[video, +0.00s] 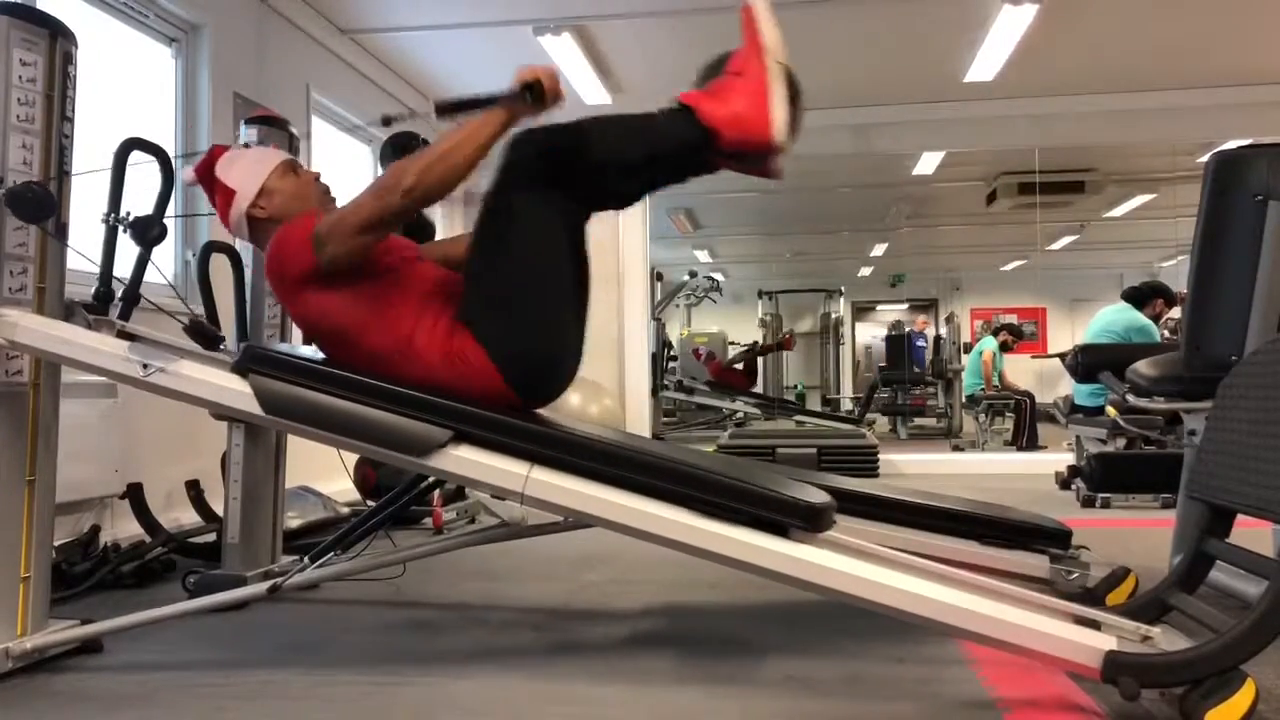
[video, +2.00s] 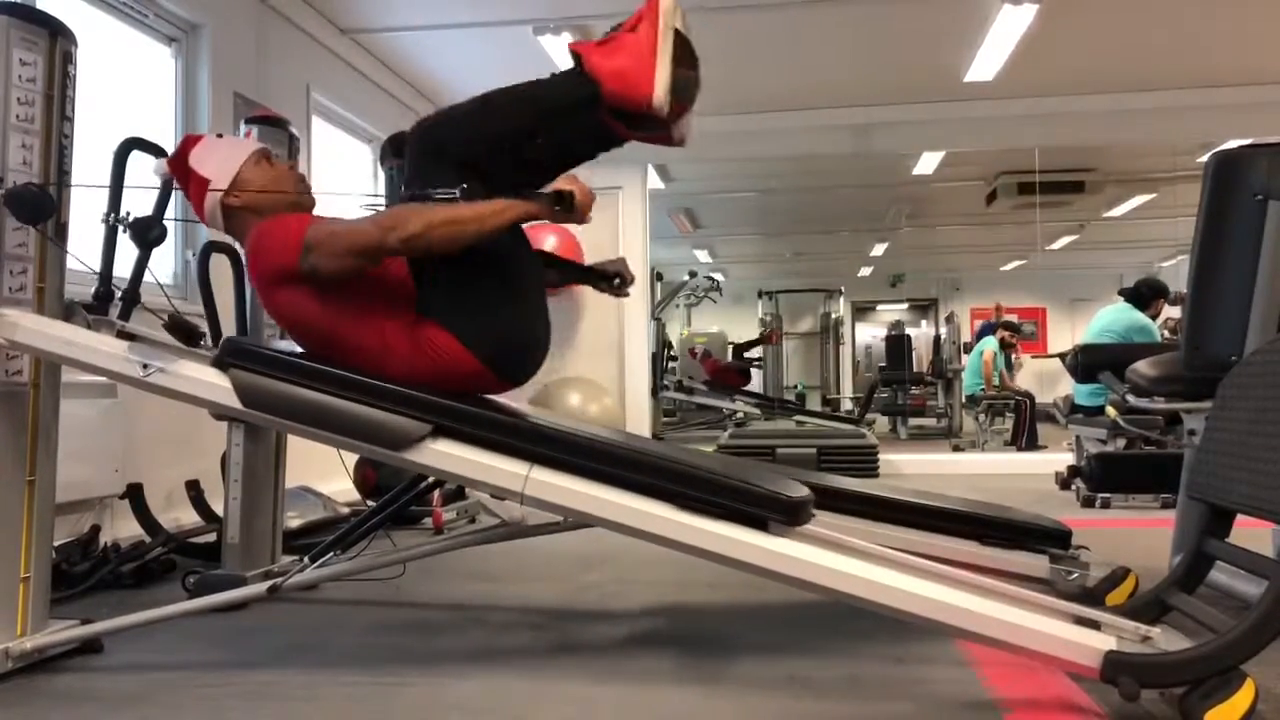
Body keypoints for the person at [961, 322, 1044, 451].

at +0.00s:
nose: (1014, 347)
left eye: (1016, 344)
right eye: (1013, 342)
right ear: (1003, 334)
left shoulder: (998, 352)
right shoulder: (990, 341)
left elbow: (1004, 381)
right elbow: (986, 361)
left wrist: (1018, 389)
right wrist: (989, 390)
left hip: (985, 392)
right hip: (976, 393)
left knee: (1026, 398)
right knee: (1026, 399)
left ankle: (1020, 442)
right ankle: (1025, 444)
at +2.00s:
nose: (1014, 341)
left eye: (1016, 338)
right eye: (1011, 336)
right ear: (1001, 332)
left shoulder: (999, 352)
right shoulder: (991, 341)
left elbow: (1005, 383)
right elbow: (986, 360)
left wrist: (1020, 390)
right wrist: (989, 390)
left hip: (985, 391)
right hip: (976, 392)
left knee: (1027, 398)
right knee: (1025, 400)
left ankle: (1028, 443)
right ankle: (1022, 444)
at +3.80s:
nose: (1015, 343)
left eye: (1017, 339)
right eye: (1015, 339)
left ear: (1007, 337)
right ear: (1008, 336)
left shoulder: (997, 349)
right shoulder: (991, 342)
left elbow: (1003, 381)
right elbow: (986, 360)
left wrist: (1019, 390)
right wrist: (989, 390)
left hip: (984, 391)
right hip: (976, 393)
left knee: (1027, 398)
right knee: (1025, 401)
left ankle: (1028, 439)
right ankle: (1022, 442)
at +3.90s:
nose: (1017, 344)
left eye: (1018, 340)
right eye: (1017, 339)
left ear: (1008, 336)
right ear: (1009, 336)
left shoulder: (997, 349)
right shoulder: (991, 342)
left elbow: (1003, 381)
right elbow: (987, 360)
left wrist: (1019, 389)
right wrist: (989, 389)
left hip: (984, 391)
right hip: (976, 392)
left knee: (1027, 398)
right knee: (1025, 400)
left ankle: (1021, 440)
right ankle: (1024, 442)